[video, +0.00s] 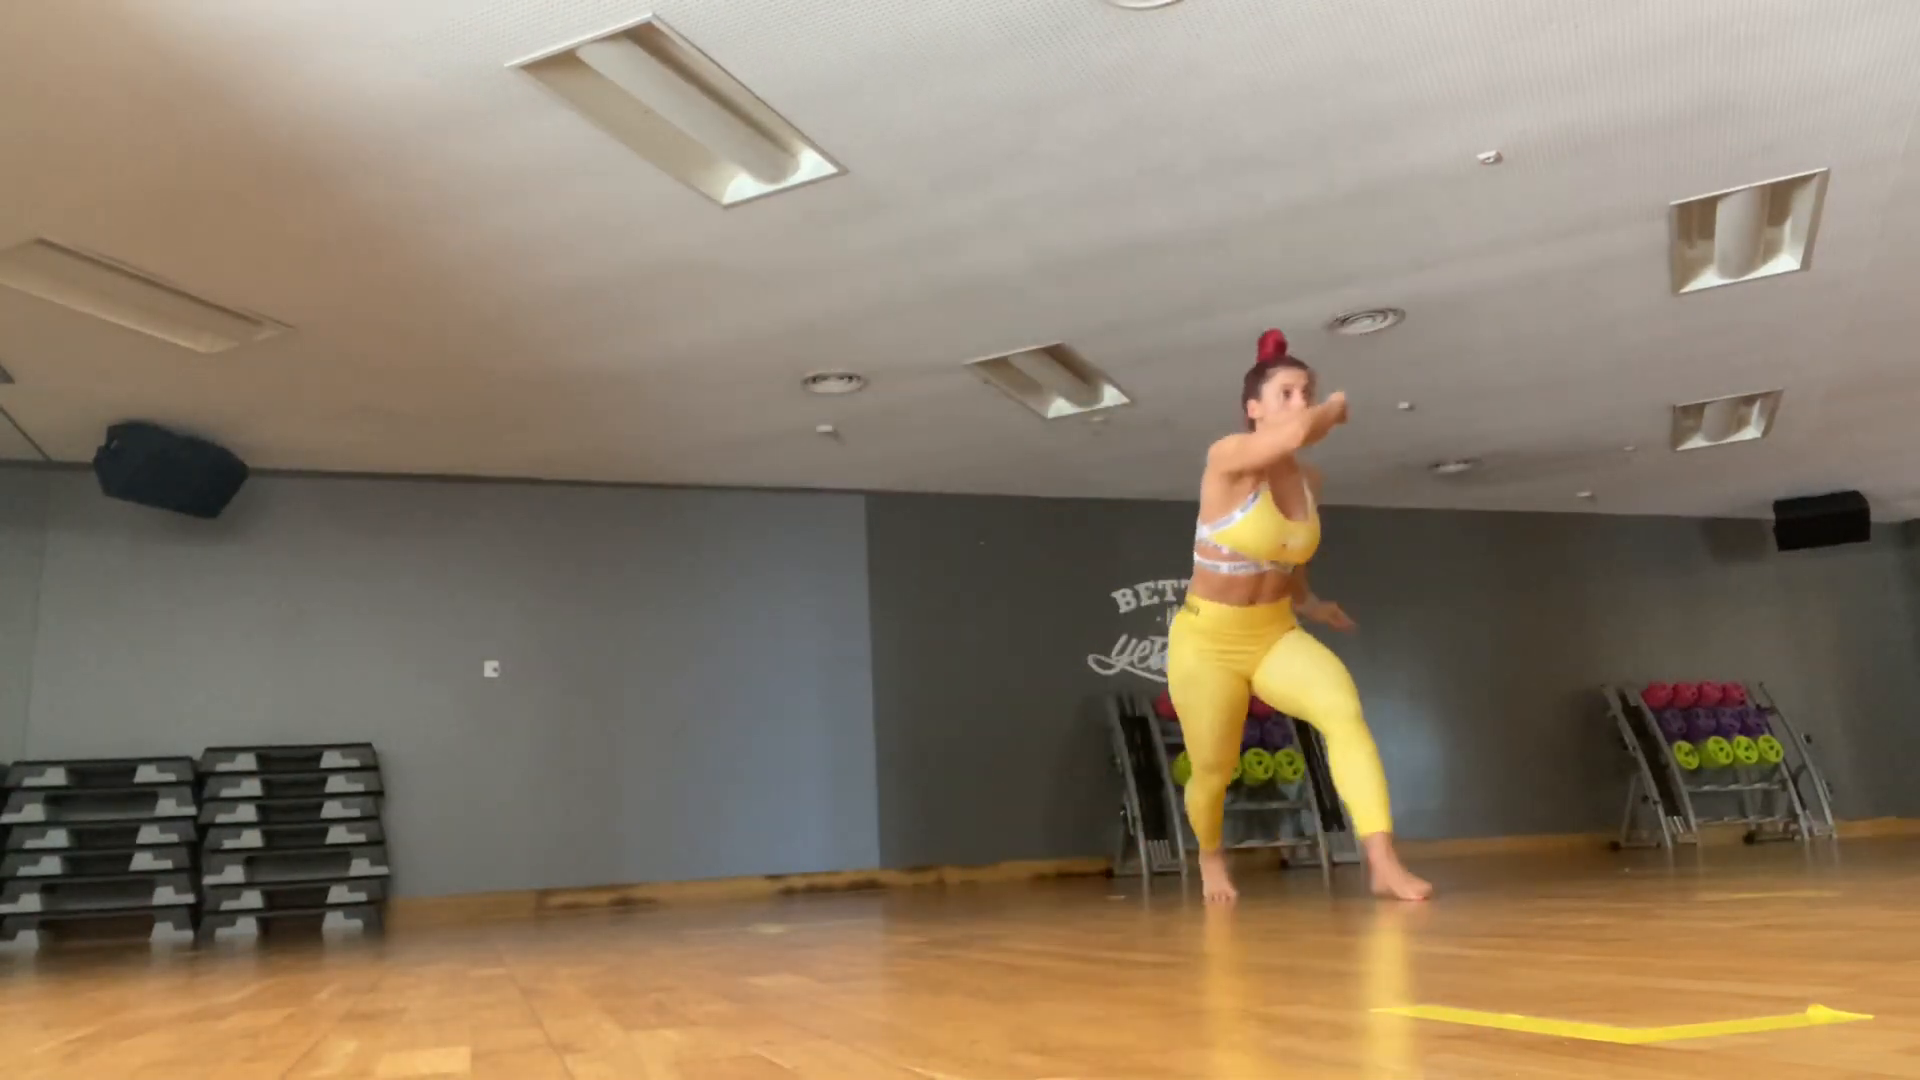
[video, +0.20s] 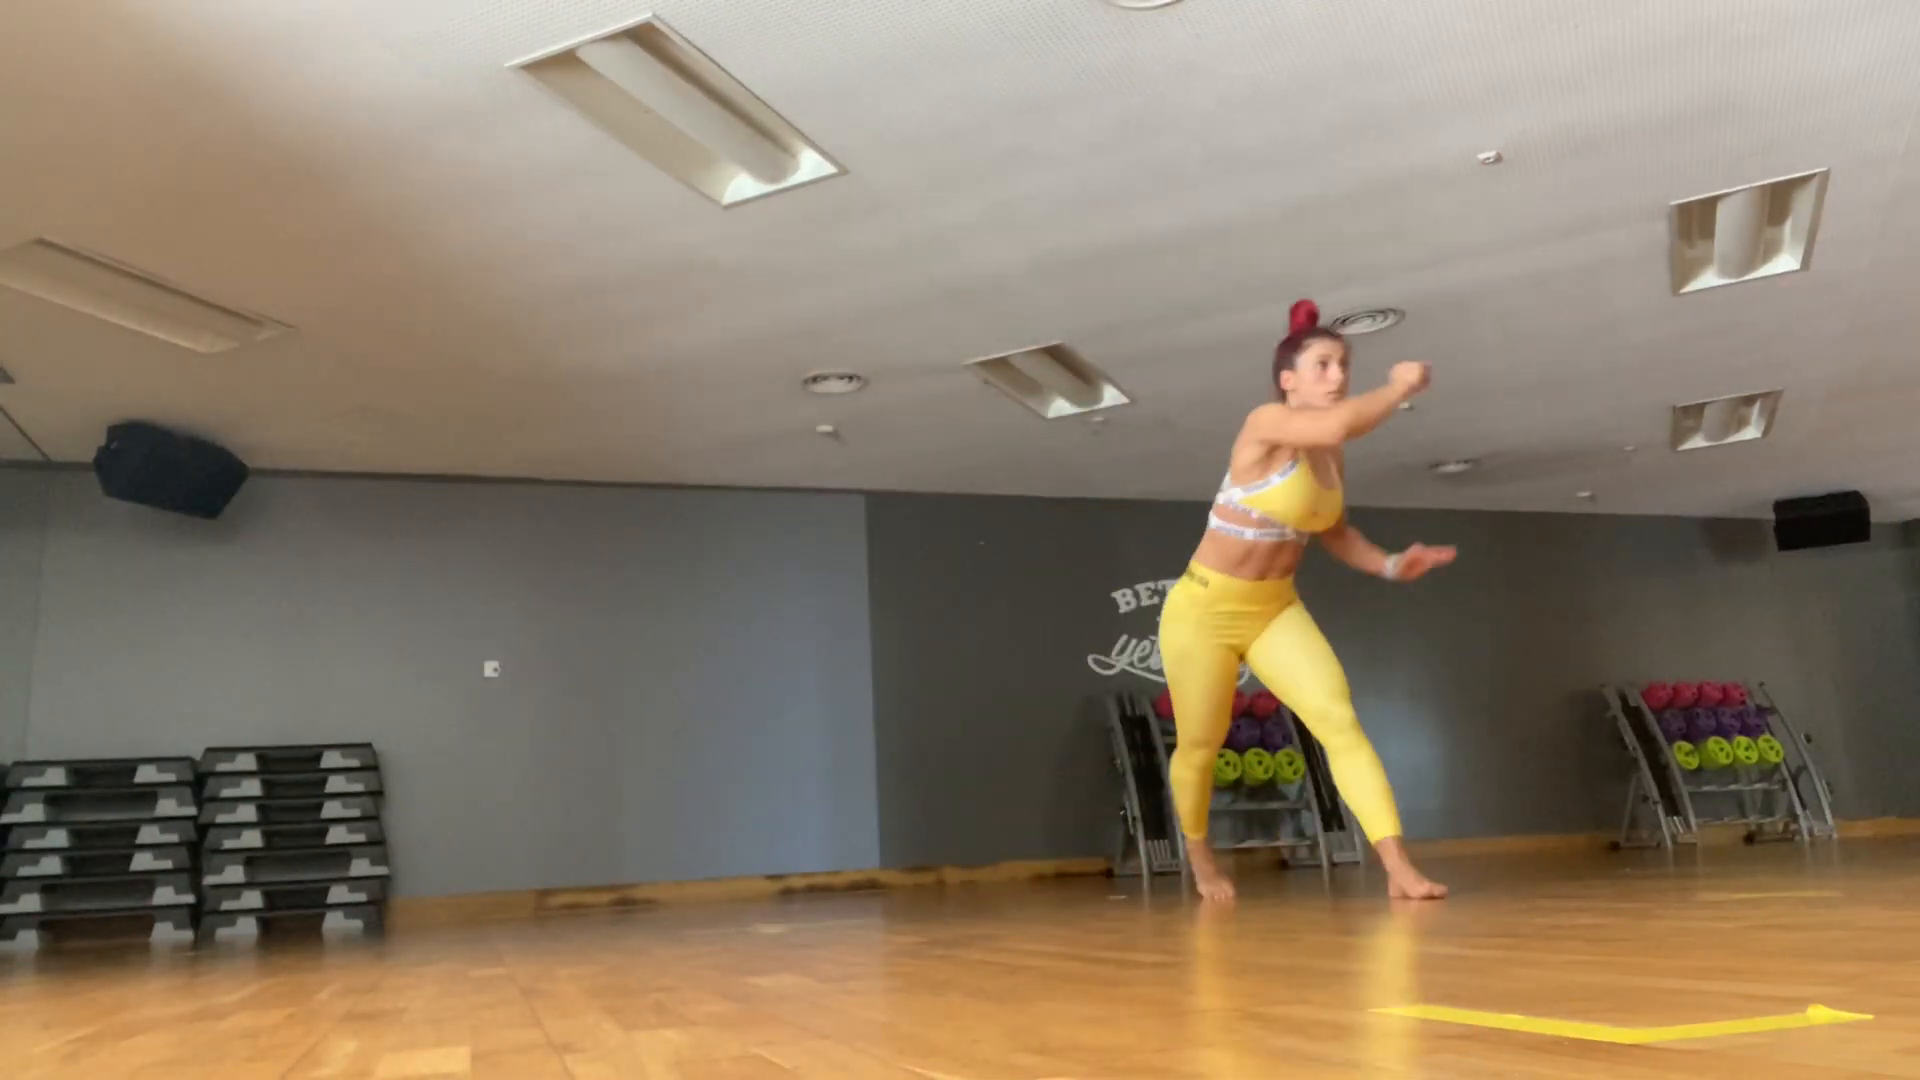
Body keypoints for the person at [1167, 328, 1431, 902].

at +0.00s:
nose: (1303, 405)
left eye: (1308, 394)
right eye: (1288, 394)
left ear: (1312, 403)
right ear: (1253, 408)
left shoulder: (1307, 477)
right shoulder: (1226, 457)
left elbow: (1288, 554)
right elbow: (1284, 439)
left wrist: (1309, 604)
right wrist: (1327, 413)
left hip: (1275, 637)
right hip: (1207, 641)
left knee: (1342, 709)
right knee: (1213, 769)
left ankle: (1382, 862)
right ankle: (1211, 861)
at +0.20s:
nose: (1337, 375)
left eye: (1342, 365)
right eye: (1321, 364)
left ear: (1348, 373)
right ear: (1287, 380)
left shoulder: (1328, 450)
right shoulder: (1262, 422)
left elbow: (1333, 532)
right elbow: (1334, 427)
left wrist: (1388, 566)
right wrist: (1395, 391)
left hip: (1276, 612)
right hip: (1204, 609)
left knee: (1338, 721)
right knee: (1200, 743)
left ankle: (1398, 868)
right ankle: (1198, 854)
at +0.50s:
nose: (1337, 403)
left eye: (1343, 389)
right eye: (1320, 391)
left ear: (1351, 399)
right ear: (1285, 406)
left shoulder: (1354, 464)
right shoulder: (1257, 467)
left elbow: (1398, 551)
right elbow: (1309, 560)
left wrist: (1443, 525)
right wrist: (1396, 510)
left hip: (1274, 614)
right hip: (1194, 607)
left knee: (1354, 715)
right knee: (1125, 743)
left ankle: (1397, 871)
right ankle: (1102, 869)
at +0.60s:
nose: (1271, 402)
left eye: (1276, 389)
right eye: (1253, 392)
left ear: (1287, 399)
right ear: (1221, 409)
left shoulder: (1304, 462)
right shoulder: (1199, 471)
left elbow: (1354, 547)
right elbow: (1264, 538)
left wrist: (1398, 606)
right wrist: (1326, 463)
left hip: (1267, 611)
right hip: (1183, 613)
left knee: (1349, 714)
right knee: (1106, 726)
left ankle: (1396, 872)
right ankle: (1092, 877)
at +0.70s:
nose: (1118, 414)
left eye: (1124, 400)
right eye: (1104, 406)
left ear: (1149, 403)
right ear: (1086, 424)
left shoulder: (1206, 462)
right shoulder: (1080, 486)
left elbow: (1268, 529)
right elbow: (1113, 466)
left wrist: (1332, 577)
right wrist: (1149, 389)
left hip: (1239, 607)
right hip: (1159, 627)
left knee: (1333, 714)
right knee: (1090, 724)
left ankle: (1386, 862)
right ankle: (1108, 879)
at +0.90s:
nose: (931, 533)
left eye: (925, 519)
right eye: (919, 541)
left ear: (944, 499)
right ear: (928, 561)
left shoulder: (1018, 496)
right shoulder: (970, 588)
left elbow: (1087, 420)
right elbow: (881, 624)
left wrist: (1069, 376)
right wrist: (850, 574)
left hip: (1186, 586)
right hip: (1142, 627)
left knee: (1115, 711)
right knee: (1069, 725)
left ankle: (1239, 838)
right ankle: (1104, 881)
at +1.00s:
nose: (908, 608)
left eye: (897, 598)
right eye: (900, 619)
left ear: (905, 572)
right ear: (912, 630)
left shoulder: (956, 548)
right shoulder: (970, 629)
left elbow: (907, 475)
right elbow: (921, 702)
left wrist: (811, 514)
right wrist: (855, 721)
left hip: (1158, 577)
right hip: (1151, 612)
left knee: (1063, 716)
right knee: (1069, 723)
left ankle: (1081, 877)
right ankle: (1101, 879)